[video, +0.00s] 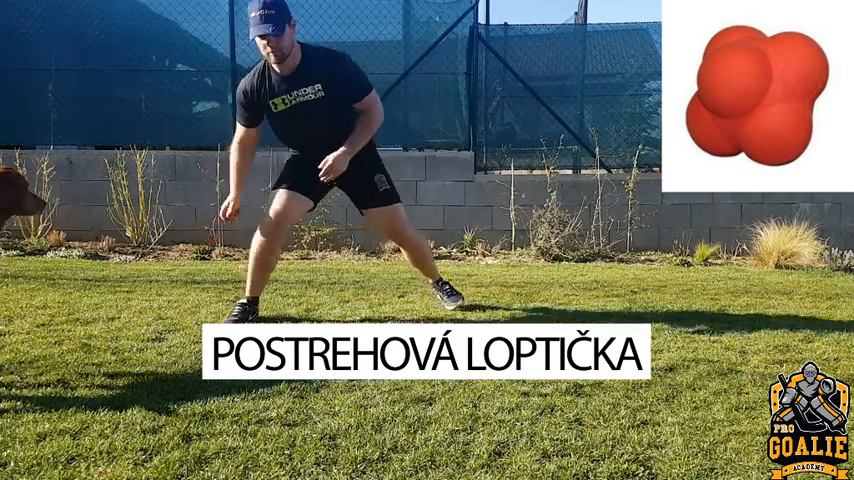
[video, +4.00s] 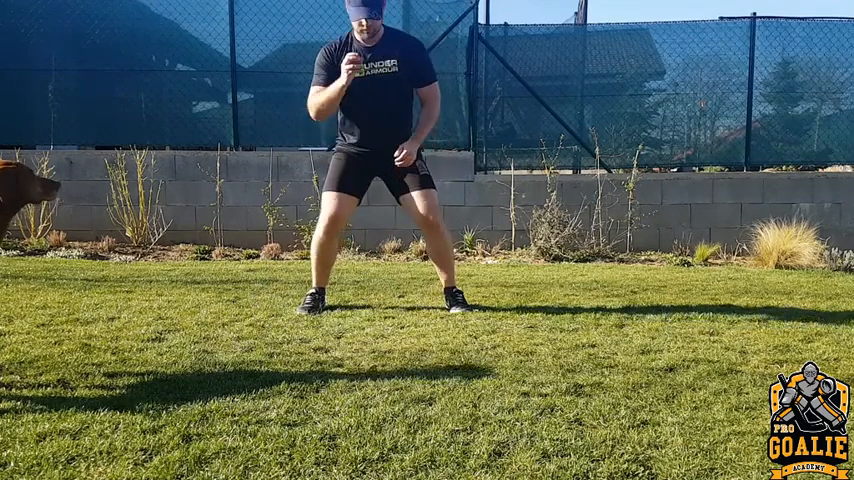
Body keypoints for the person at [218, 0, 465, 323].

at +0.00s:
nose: (269, 43)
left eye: (275, 33)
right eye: (261, 37)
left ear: (292, 28)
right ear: (254, 39)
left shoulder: (334, 64)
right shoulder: (252, 89)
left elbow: (373, 112)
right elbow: (243, 142)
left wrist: (346, 152)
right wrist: (234, 192)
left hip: (357, 152)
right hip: (307, 159)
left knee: (400, 233)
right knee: (273, 223)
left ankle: (439, 283)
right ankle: (249, 304)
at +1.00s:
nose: (378, 17)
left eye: (385, 10)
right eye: (371, 11)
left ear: (396, 8)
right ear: (362, 11)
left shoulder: (423, 47)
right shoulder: (344, 51)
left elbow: (443, 102)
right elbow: (330, 107)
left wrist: (434, 135)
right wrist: (324, 158)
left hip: (411, 149)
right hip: (363, 149)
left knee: (435, 218)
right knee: (335, 218)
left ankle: (450, 290)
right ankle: (314, 293)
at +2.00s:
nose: (323, 24)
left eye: (330, 15)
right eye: (316, 18)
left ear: (345, 17)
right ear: (309, 24)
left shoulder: (377, 61)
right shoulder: (297, 77)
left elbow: (407, 114)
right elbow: (282, 131)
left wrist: (385, 158)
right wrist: (302, 164)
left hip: (382, 157)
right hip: (332, 163)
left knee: (420, 230)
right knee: (301, 221)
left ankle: (448, 291)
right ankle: (277, 300)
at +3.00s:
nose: (390, 18)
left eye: (397, 12)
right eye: (383, 12)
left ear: (406, 10)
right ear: (372, 9)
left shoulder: (427, 49)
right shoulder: (350, 50)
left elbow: (445, 102)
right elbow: (333, 105)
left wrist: (442, 132)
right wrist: (326, 156)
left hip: (412, 149)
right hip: (365, 149)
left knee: (436, 215)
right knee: (337, 221)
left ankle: (452, 293)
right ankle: (319, 293)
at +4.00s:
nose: (366, 25)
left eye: (372, 17)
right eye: (359, 19)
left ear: (383, 12)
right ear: (349, 16)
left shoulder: (408, 47)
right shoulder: (332, 53)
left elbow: (431, 102)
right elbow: (317, 111)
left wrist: (415, 141)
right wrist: (343, 81)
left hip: (400, 148)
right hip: (352, 149)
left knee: (429, 216)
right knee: (329, 219)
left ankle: (452, 291)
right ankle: (317, 293)